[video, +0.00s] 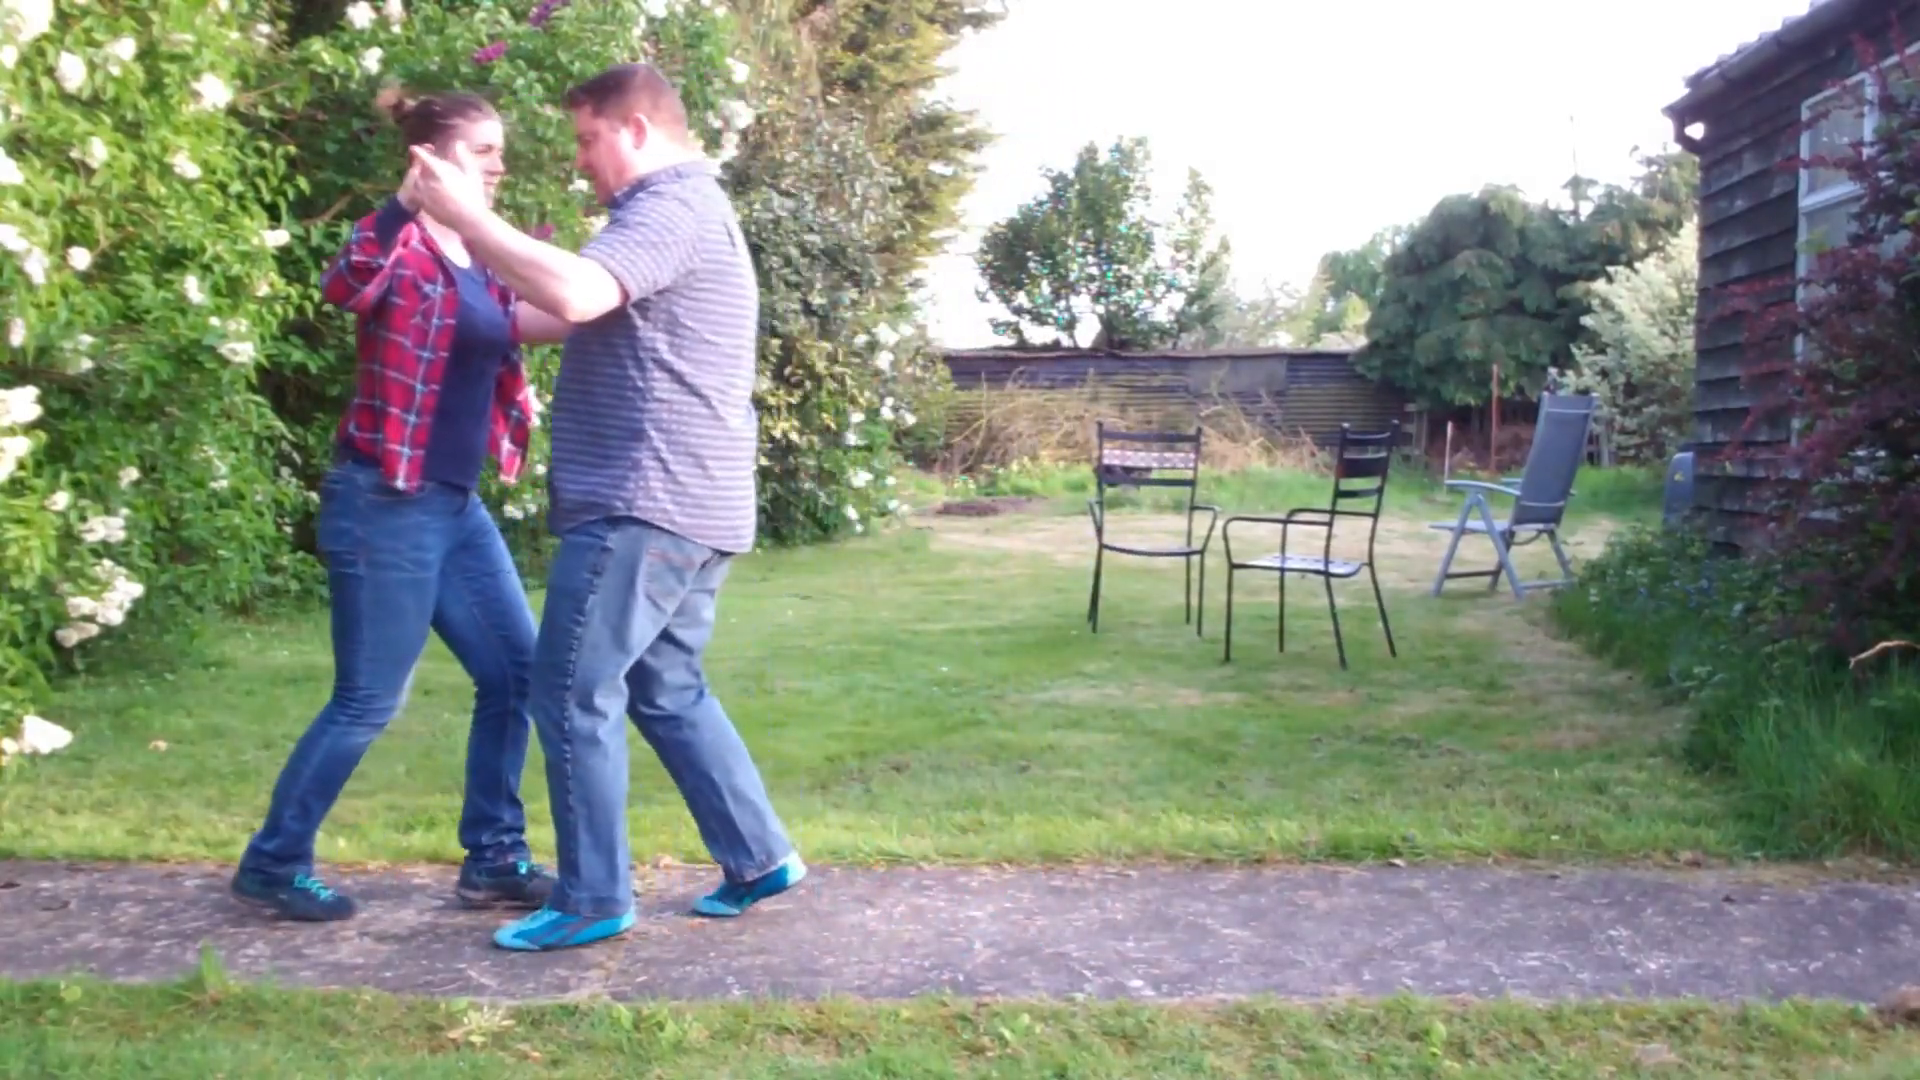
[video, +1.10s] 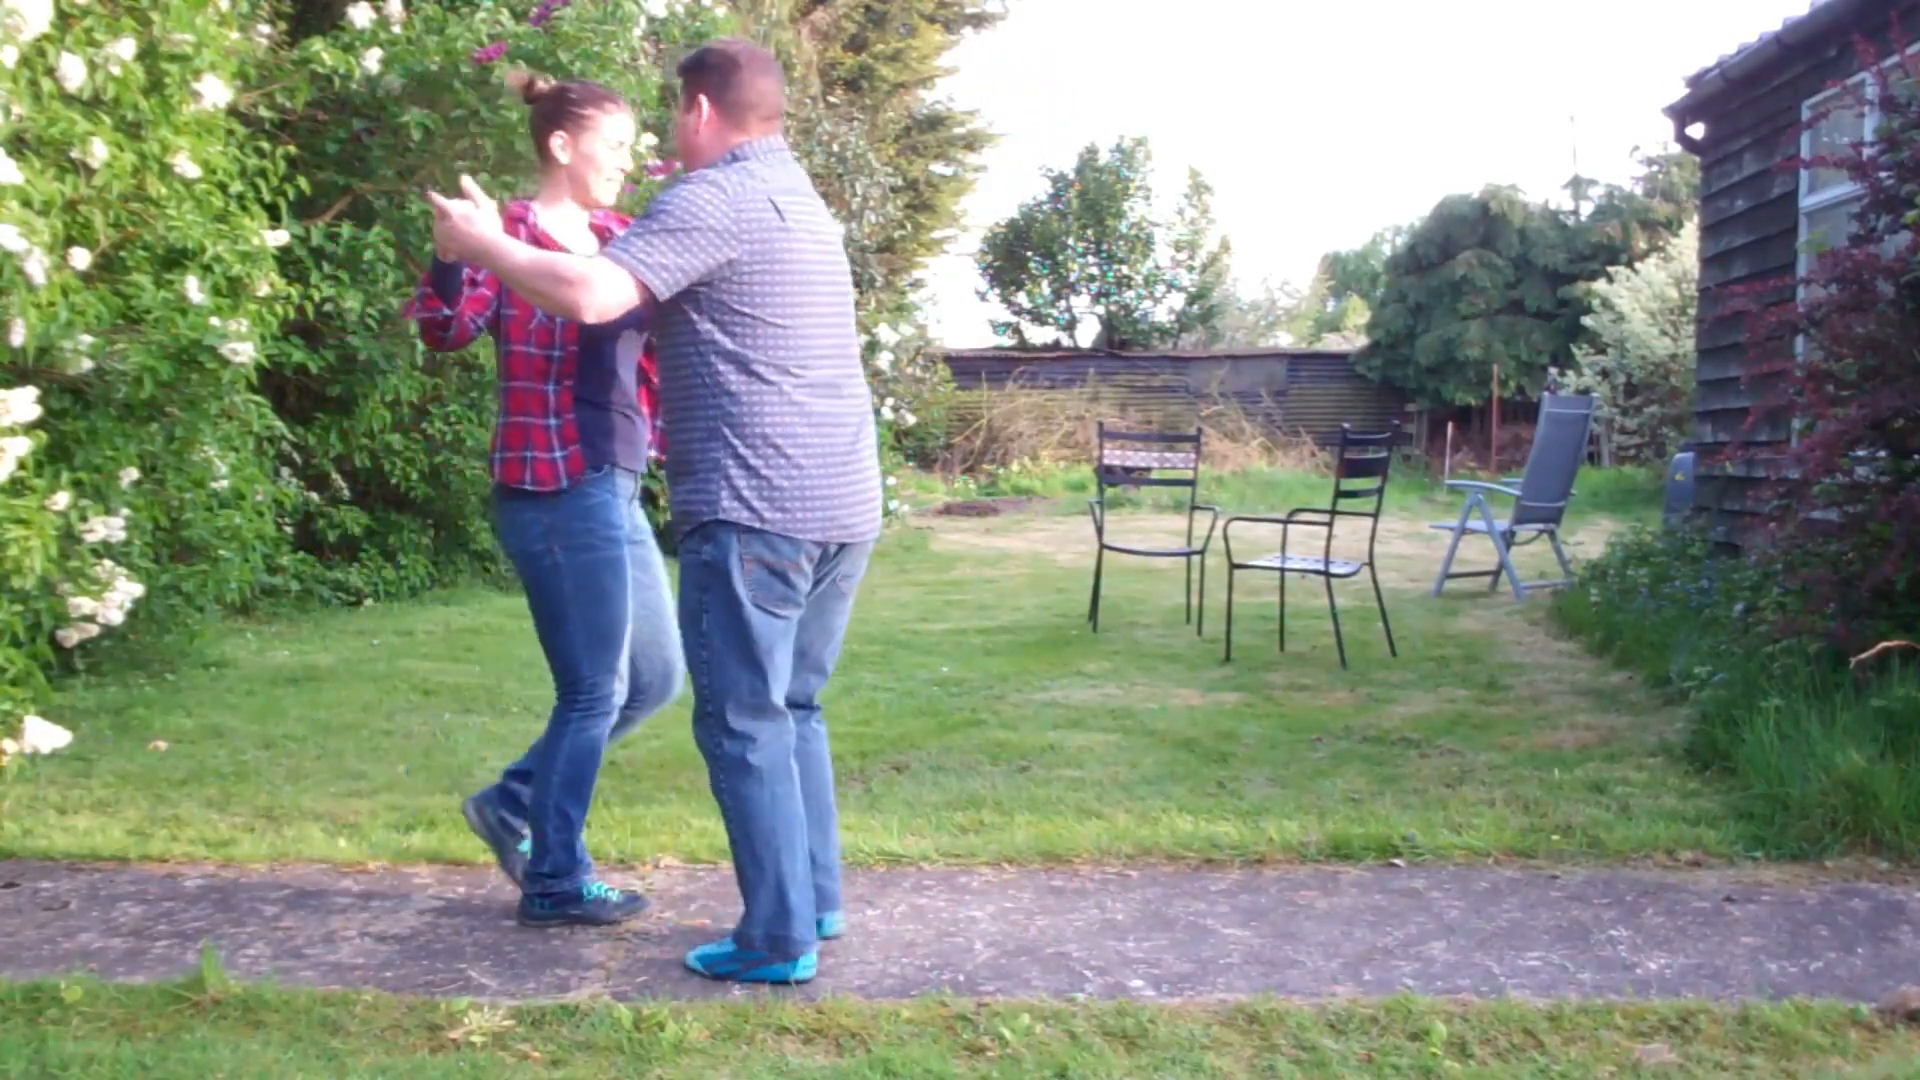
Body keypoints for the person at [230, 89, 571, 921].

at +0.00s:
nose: (497, 170)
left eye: (500, 155)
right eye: (482, 154)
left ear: (492, 163)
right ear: (428, 160)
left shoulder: (485, 259)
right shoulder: (395, 241)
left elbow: (528, 323)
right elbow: (347, 290)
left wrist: (564, 270)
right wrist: (403, 207)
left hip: (457, 505)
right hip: (384, 503)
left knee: (516, 668)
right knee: (368, 702)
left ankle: (494, 855)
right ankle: (272, 863)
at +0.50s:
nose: (499, 168)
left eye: (503, 155)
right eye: (486, 154)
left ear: (492, 166)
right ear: (434, 157)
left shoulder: (500, 251)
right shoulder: (401, 249)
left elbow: (539, 319)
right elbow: (341, 325)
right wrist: (386, 240)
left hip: (494, 494)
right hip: (429, 497)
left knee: (483, 694)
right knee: (477, 695)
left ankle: (416, 855)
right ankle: (332, 826)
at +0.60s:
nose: (515, 166)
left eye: (518, 152)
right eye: (503, 151)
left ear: (505, 159)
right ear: (450, 153)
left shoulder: (519, 248)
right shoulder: (414, 242)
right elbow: (358, 322)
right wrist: (402, 238)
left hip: (503, 492)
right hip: (445, 494)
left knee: (467, 686)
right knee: (526, 678)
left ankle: (413, 852)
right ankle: (404, 835)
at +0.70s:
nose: (532, 163)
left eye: (534, 149)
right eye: (520, 148)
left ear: (506, 155)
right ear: (466, 150)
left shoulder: (526, 241)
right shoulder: (434, 242)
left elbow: (589, 290)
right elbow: (369, 318)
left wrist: (590, 246)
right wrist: (404, 234)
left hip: (511, 489)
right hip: (462, 492)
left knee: (469, 688)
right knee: (553, 668)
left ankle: (412, 855)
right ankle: (502, 861)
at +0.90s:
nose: (574, 163)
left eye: (577, 149)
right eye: (561, 147)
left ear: (530, 153)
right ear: (510, 147)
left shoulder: (564, 239)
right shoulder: (471, 238)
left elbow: (616, 328)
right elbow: (398, 312)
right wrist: (419, 225)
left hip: (530, 487)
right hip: (517, 489)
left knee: (498, 685)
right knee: (584, 683)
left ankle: (421, 846)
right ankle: (558, 880)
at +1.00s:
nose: (599, 158)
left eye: (601, 144)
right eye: (587, 142)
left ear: (550, 146)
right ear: (533, 142)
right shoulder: (493, 231)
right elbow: (419, 316)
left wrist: (654, 443)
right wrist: (434, 233)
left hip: (561, 478)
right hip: (545, 482)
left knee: (565, 682)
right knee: (584, 687)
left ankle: (452, 824)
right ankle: (557, 878)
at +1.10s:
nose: (630, 161)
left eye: (633, 146)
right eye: (619, 144)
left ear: (586, 151)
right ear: (562, 145)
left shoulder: (622, 239)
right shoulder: (511, 230)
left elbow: (671, 331)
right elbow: (442, 330)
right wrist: (456, 248)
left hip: (609, 484)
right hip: (555, 487)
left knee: (655, 674)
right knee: (592, 690)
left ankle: (514, 802)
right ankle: (555, 880)